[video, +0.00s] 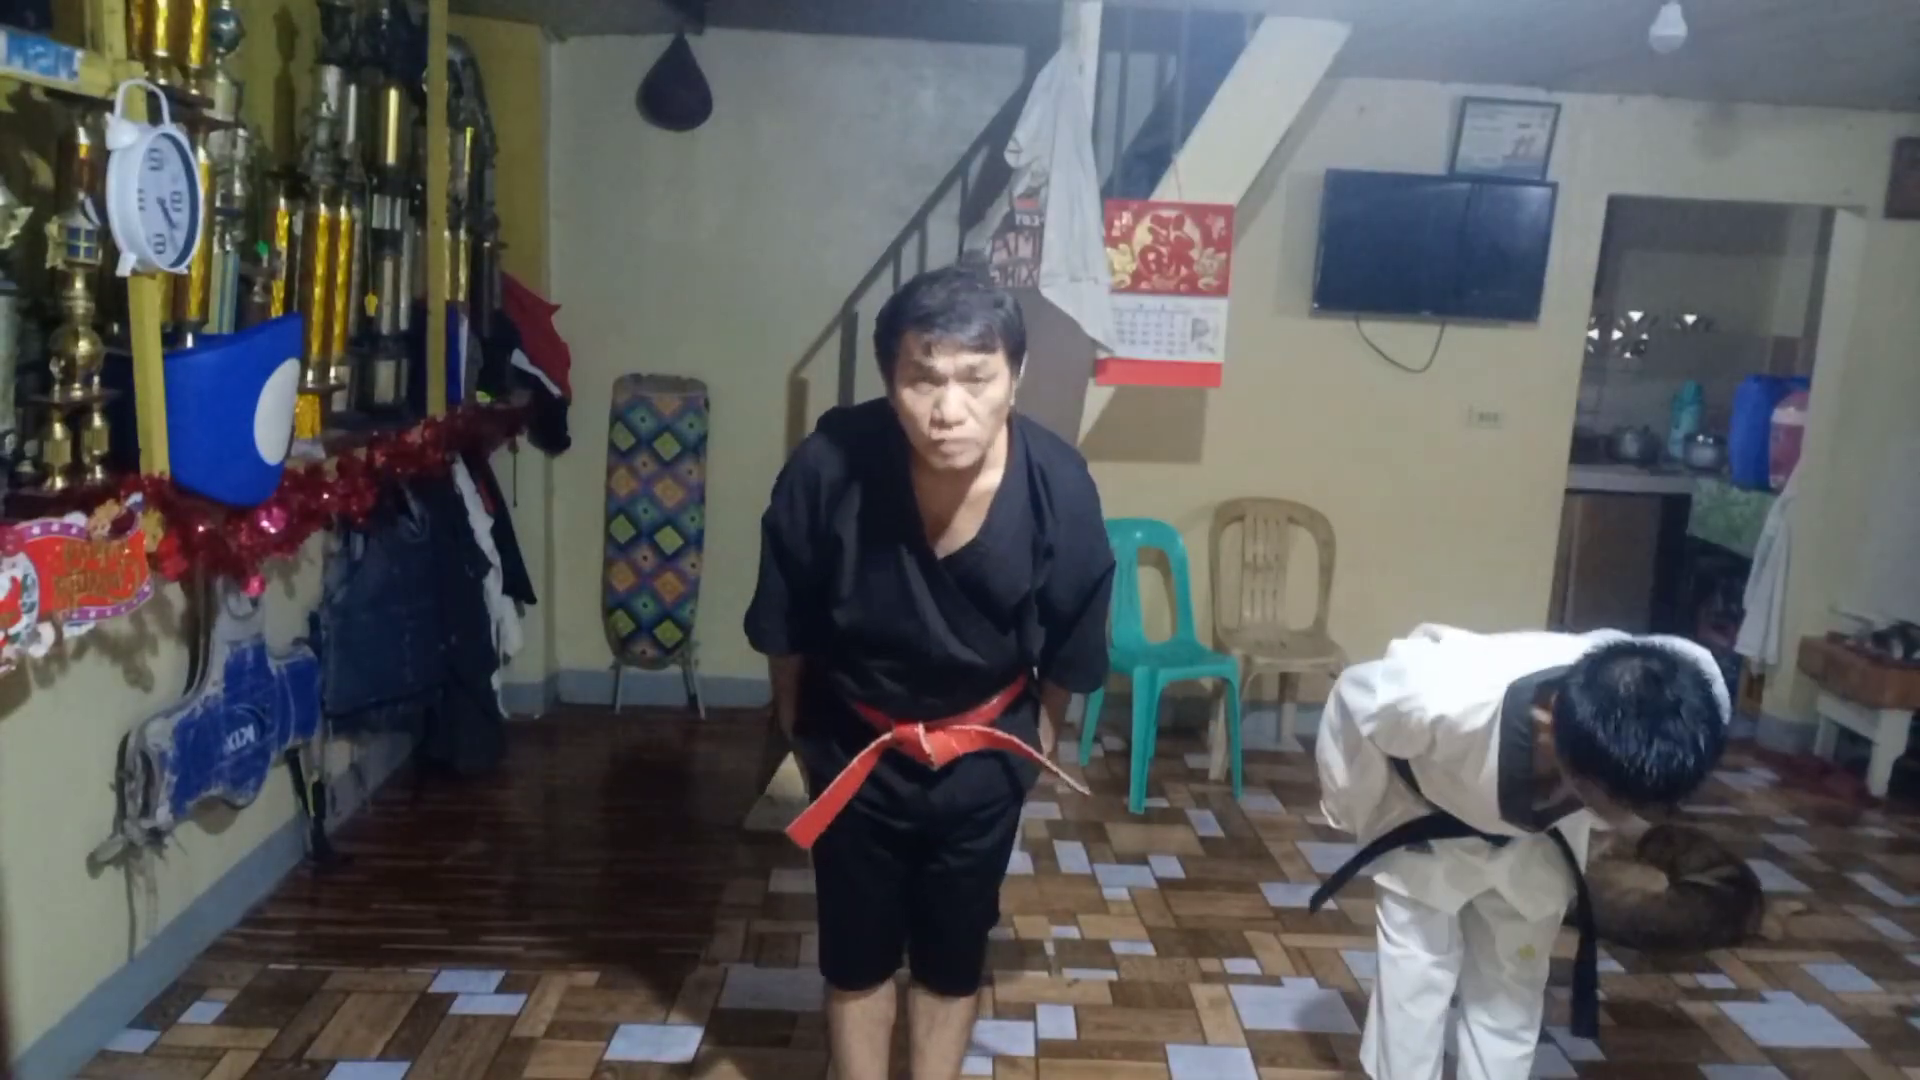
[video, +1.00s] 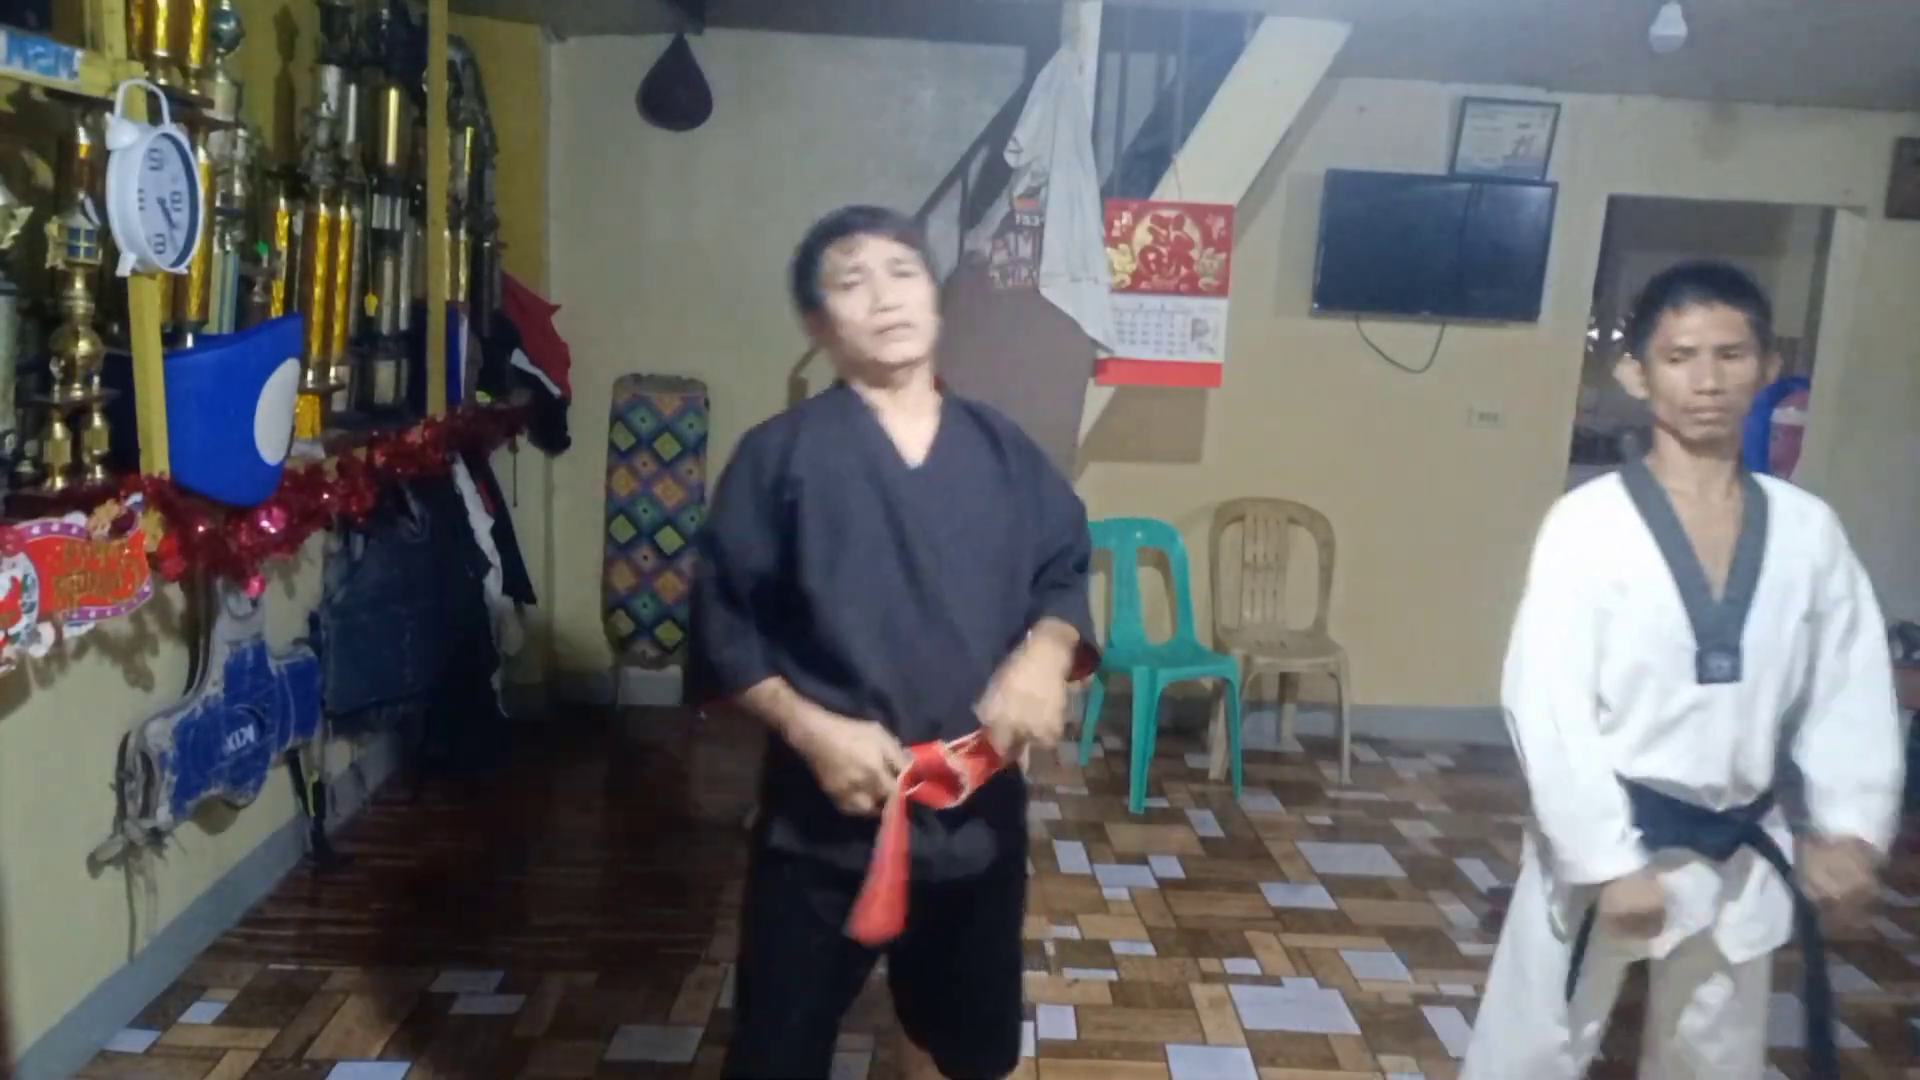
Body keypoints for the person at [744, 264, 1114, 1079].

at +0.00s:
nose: (949, 407)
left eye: (975, 379)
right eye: (925, 381)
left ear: (1014, 379)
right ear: (889, 381)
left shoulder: (1057, 482)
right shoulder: (833, 461)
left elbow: (1074, 635)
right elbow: (784, 608)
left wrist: (1048, 738)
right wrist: (791, 724)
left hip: (987, 733)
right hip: (853, 729)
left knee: (951, 966)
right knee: (858, 967)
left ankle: (933, 1077)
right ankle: (860, 1076)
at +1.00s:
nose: (887, 295)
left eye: (904, 272)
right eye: (852, 280)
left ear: (936, 298)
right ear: (816, 327)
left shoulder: (1009, 452)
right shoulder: (778, 456)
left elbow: (1067, 574)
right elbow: (719, 628)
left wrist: (1044, 658)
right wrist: (809, 727)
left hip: (975, 822)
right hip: (822, 823)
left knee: (969, 1055)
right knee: (776, 1060)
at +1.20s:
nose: (779, 283)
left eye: (799, 254)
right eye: (743, 266)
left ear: (842, 278)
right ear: (708, 310)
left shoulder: (924, 431)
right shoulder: (669, 456)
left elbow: (1000, 629)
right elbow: (603, 646)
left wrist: (941, 553)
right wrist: (704, 740)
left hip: (902, 852)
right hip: (732, 855)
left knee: (917, 1065)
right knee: (703, 1066)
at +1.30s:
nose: (758, 286)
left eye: (778, 255)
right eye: (722, 266)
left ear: (820, 276)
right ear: (682, 307)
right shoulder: (646, 446)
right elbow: (569, 640)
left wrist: (926, 545)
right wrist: (671, 762)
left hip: (878, 859)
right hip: (708, 859)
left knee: (900, 1066)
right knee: (658, 1069)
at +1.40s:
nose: (746, 293)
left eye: (769, 260)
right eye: (710, 269)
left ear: (807, 277)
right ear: (665, 303)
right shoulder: (621, 460)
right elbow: (560, 663)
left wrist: (912, 560)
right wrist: (602, 858)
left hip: (863, 870)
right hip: (688, 880)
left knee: (887, 1067)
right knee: (647, 1067)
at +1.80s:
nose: (835, 316)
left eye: (858, 280)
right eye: (799, 290)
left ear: (900, 289)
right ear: (753, 308)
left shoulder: (963, 447)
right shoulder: (691, 457)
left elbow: (1000, 595)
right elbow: (621, 681)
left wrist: (975, 667)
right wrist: (608, 887)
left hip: (914, 886)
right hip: (736, 884)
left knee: (906, 1066)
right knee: (686, 1067)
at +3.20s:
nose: (905, 297)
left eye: (930, 266)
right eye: (867, 271)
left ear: (969, 292)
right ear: (817, 309)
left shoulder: (1008, 472)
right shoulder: (739, 472)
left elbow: (1042, 632)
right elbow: (653, 697)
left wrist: (1021, 721)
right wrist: (695, 889)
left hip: (948, 914)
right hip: (774, 917)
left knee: (946, 1070)